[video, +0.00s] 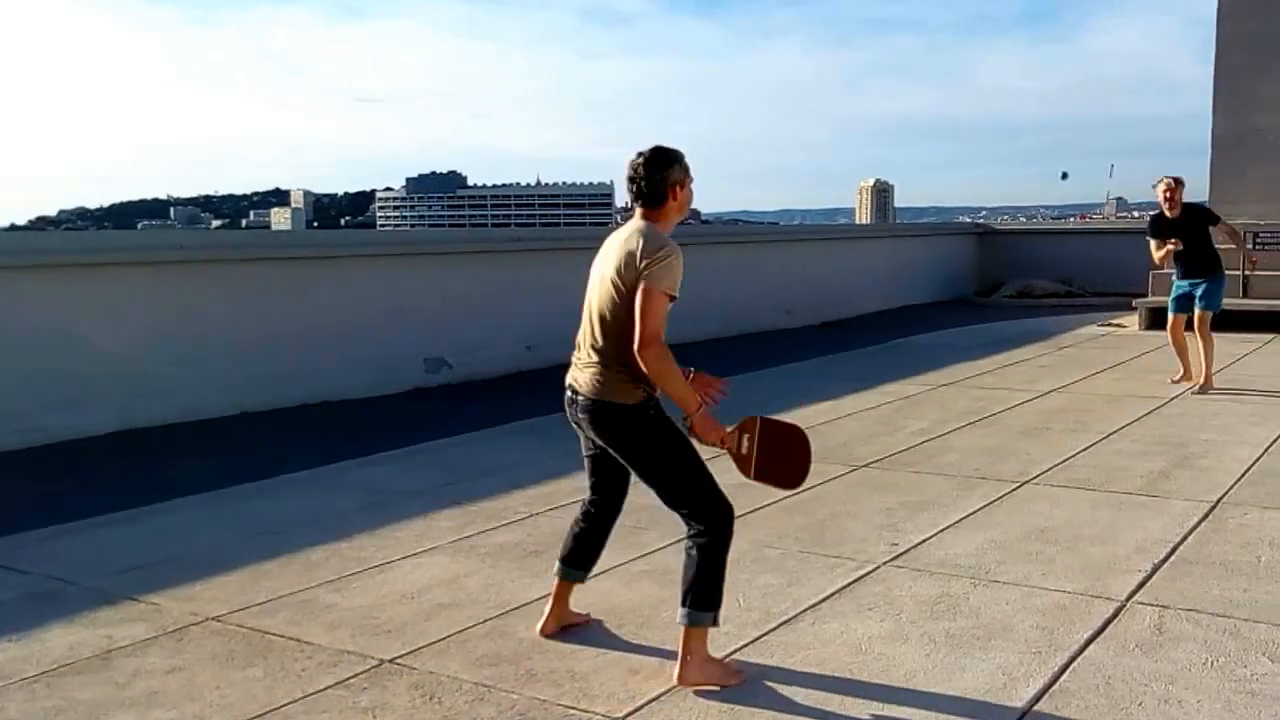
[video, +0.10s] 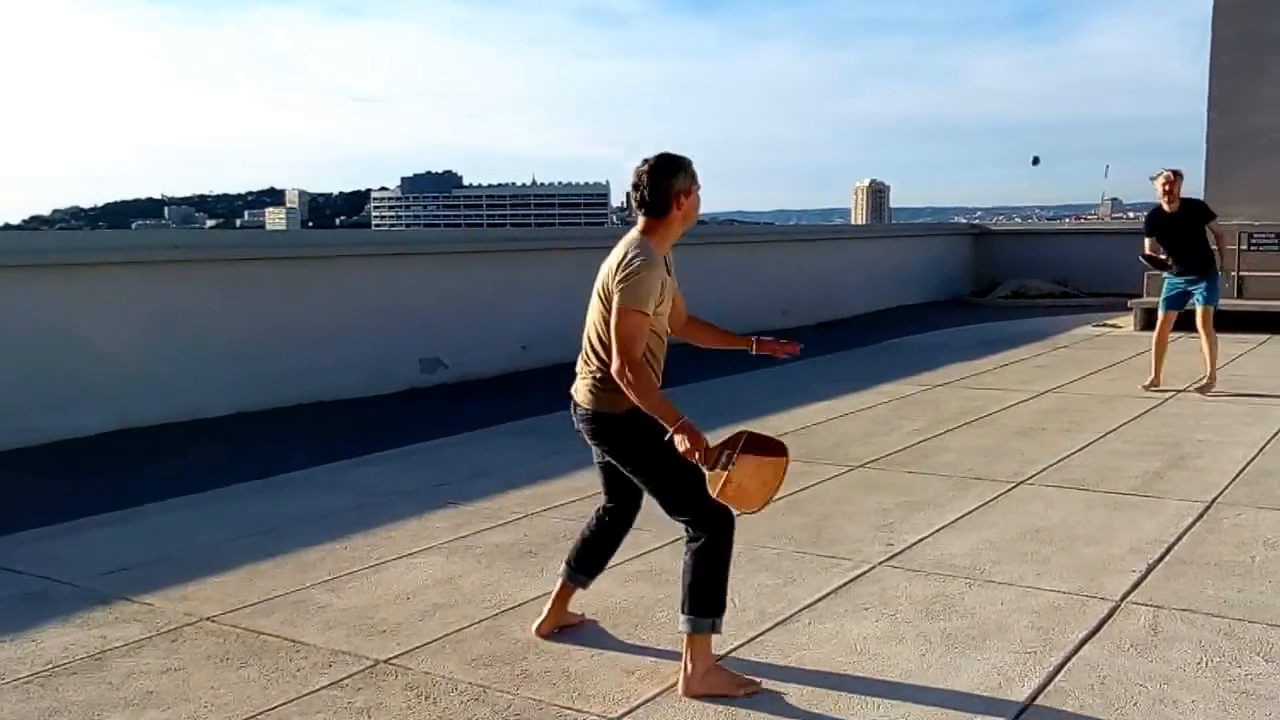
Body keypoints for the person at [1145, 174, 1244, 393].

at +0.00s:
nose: (1170, 197)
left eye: (1173, 192)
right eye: (1165, 193)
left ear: (1181, 194)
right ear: (1158, 197)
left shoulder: (1198, 212)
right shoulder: (1156, 222)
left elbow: (1229, 230)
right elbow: (1158, 260)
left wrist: (1246, 252)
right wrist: (1167, 249)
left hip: (1209, 276)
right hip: (1182, 278)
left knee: (1201, 326)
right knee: (1173, 327)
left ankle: (1206, 378)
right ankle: (1186, 371)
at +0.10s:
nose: (1168, 189)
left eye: (1172, 185)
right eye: (1164, 185)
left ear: (1179, 186)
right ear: (1157, 189)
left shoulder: (1197, 207)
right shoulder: (1153, 218)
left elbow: (1218, 232)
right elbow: (1150, 252)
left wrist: (1222, 261)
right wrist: (1161, 262)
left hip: (1204, 274)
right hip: (1175, 275)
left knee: (1203, 324)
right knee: (1162, 324)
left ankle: (1211, 376)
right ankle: (1155, 376)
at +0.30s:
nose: (1173, 194)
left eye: (1177, 191)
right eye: (1169, 190)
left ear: (1185, 195)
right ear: (1161, 194)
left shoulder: (1198, 219)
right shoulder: (1155, 223)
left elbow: (1210, 249)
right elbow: (1142, 256)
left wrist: (1208, 277)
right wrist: (1135, 284)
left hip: (1193, 288)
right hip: (1161, 288)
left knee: (1206, 335)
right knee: (1143, 331)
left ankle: (1223, 383)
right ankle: (1139, 378)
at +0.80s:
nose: (1162, 215)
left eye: (1167, 211)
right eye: (1159, 211)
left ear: (1178, 214)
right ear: (1157, 215)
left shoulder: (1187, 234)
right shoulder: (1163, 239)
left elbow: (1202, 251)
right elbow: (1150, 262)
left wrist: (1193, 268)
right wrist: (1120, 264)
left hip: (1203, 298)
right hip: (1177, 297)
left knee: (1213, 346)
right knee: (1135, 324)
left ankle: (1249, 387)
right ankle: (1136, 369)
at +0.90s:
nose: (1142, 221)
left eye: (1146, 217)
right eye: (1140, 217)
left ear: (1157, 219)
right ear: (1140, 221)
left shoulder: (1170, 237)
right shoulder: (1146, 245)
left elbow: (1190, 252)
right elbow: (1126, 267)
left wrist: (1176, 263)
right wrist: (1098, 262)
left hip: (1194, 300)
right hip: (1168, 301)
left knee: (1206, 346)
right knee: (1127, 328)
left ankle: (1247, 388)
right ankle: (1111, 371)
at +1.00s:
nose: (1120, 225)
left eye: (1125, 220)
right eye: (1118, 221)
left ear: (1138, 221)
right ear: (1118, 224)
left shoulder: (1152, 239)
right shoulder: (1124, 249)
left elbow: (1180, 250)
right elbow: (1101, 271)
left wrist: (1171, 261)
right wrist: (1072, 265)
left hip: (1177, 300)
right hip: (1151, 302)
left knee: (1198, 344)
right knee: (1115, 330)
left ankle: (1243, 385)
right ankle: (1109, 377)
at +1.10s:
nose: (1100, 226)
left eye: (1104, 222)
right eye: (1099, 222)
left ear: (1117, 222)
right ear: (1101, 225)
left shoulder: (1137, 239)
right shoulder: (1103, 250)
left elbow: (1169, 252)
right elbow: (1079, 275)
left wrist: (1164, 264)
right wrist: (1049, 267)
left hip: (1161, 296)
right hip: (1136, 298)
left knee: (1186, 336)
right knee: (1100, 330)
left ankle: (1228, 378)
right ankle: (1106, 377)